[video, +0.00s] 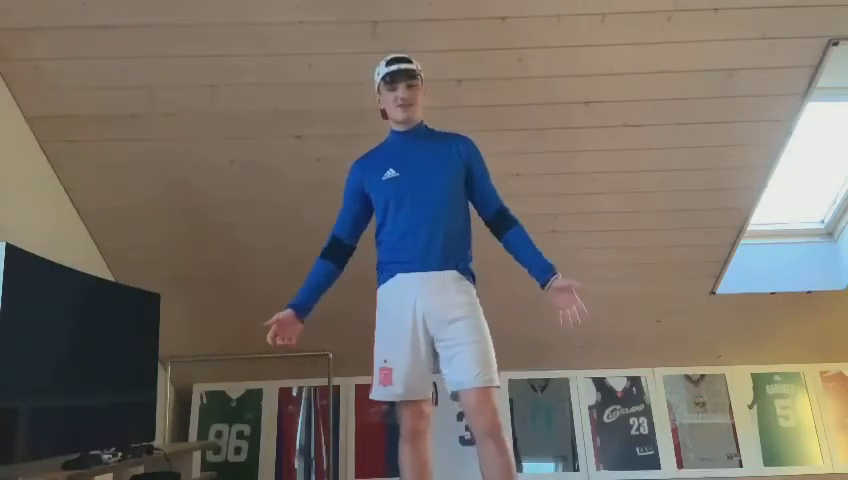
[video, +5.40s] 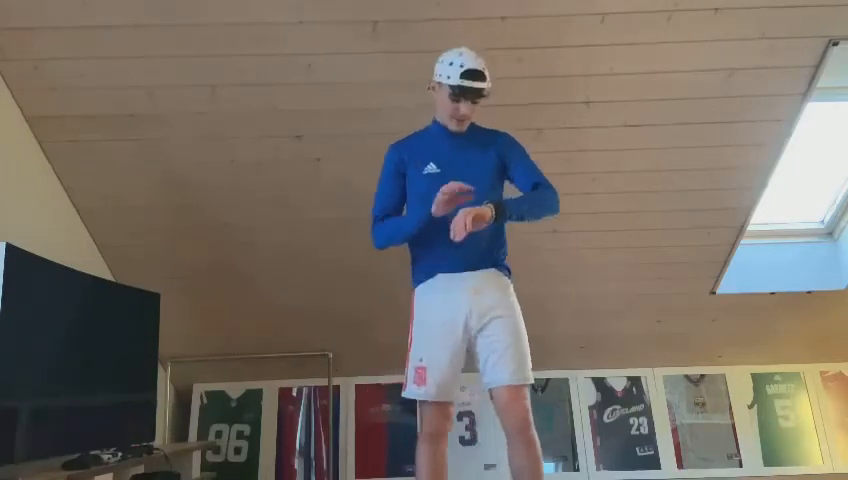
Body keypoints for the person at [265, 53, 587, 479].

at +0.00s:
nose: (403, 94)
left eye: (411, 85)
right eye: (393, 88)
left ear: (424, 93)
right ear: (381, 102)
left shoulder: (459, 148)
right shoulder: (368, 165)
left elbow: (500, 220)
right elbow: (338, 246)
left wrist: (548, 278)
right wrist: (298, 310)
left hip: (455, 292)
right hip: (398, 298)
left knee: (485, 414)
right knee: (414, 418)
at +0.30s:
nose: (403, 95)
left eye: (411, 86)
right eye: (393, 89)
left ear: (424, 94)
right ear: (380, 102)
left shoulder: (460, 150)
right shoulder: (366, 168)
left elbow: (485, 221)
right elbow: (347, 244)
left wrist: (500, 280)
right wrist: (330, 308)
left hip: (455, 293)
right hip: (398, 298)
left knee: (484, 414)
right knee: (414, 418)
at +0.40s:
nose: (403, 96)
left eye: (411, 87)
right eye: (393, 89)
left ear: (425, 95)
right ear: (382, 103)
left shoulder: (459, 150)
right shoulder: (366, 167)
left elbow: (479, 221)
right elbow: (354, 243)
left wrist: (465, 276)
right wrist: (363, 305)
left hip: (454, 290)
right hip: (399, 295)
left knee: (484, 414)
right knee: (413, 418)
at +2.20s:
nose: (408, 96)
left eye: (416, 88)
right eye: (398, 89)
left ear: (428, 97)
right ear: (384, 103)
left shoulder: (459, 151)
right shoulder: (367, 167)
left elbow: (483, 224)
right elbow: (355, 246)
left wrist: (512, 290)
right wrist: (342, 319)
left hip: (452, 293)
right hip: (396, 298)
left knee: (484, 417)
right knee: (413, 420)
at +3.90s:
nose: (413, 95)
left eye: (420, 88)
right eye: (402, 87)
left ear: (427, 97)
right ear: (381, 99)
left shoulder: (456, 151)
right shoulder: (361, 168)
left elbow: (477, 223)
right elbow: (347, 242)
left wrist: (466, 261)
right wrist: (354, 280)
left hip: (451, 296)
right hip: (392, 301)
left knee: (483, 419)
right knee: (410, 422)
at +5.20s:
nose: (436, 109)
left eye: (445, 98)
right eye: (427, 97)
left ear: (453, 99)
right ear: (406, 95)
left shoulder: (476, 148)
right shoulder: (381, 163)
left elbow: (519, 212)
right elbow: (365, 244)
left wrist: (477, 228)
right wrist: (403, 245)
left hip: (478, 290)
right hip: (422, 294)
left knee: (507, 412)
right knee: (425, 421)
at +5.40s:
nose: (464, 108)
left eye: (474, 98)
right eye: (456, 96)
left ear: (483, 96)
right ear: (435, 89)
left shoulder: (499, 144)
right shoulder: (404, 153)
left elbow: (547, 199)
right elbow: (382, 234)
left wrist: (494, 210)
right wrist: (431, 210)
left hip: (493, 290)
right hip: (436, 294)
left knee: (516, 409)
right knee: (434, 422)